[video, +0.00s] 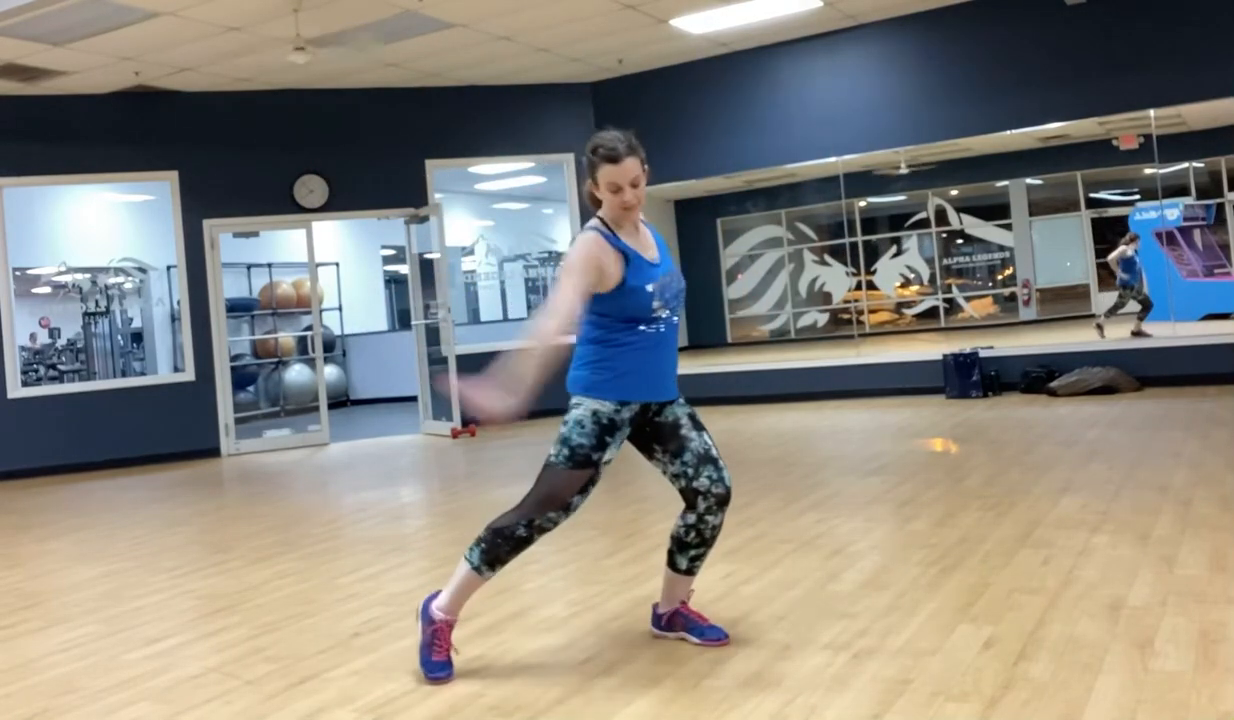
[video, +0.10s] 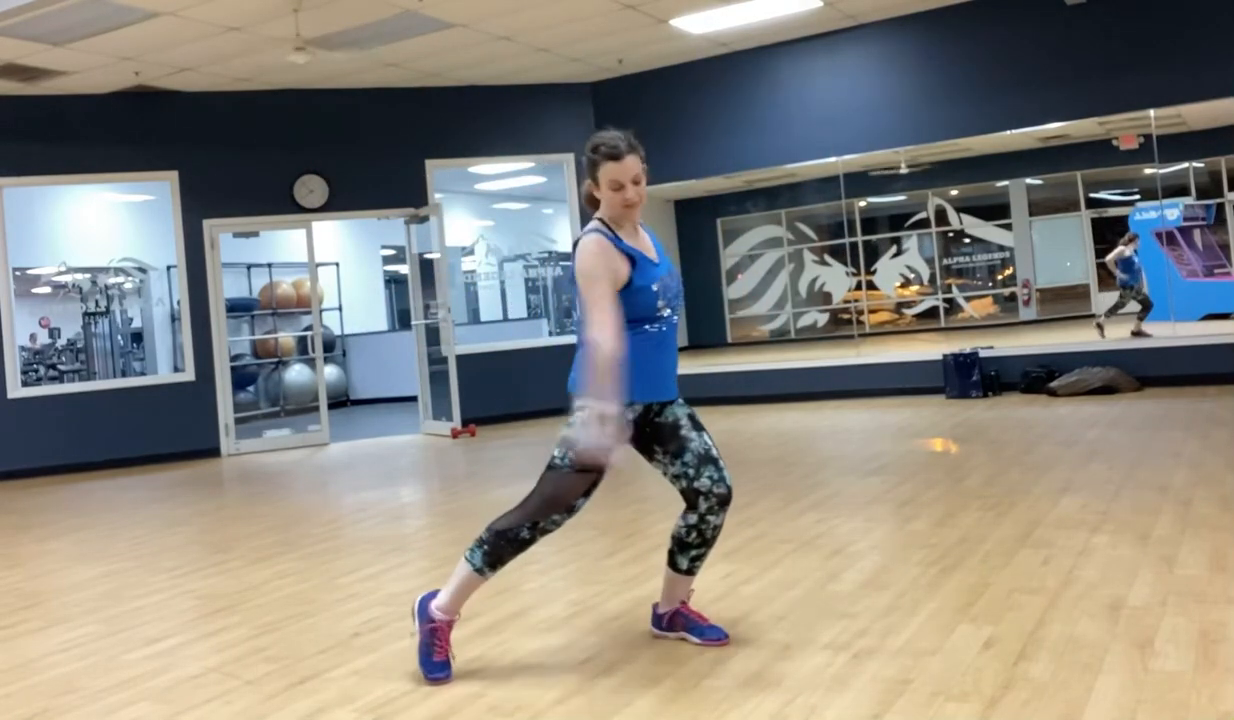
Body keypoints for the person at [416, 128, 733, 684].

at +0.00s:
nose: (631, 196)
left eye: (637, 183)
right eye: (617, 189)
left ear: (646, 177)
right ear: (596, 192)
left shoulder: (647, 229)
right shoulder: (592, 248)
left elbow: (640, 300)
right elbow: (553, 326)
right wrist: (508, 388)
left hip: (659, 398)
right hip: (601, 404)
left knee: (712, 493)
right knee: (545, 510)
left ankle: (671, 608)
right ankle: (442, 610)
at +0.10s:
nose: (632, 193)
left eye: (638, 180)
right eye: (618, 186)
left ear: (646, 176)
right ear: (595, 192)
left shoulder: (643, 233)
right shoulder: (595, 248)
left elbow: (647, 316)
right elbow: (602, 338)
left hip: (659, 401)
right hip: (605, 404)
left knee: (712, 495)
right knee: (547, 510)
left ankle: (671, 608)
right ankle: (440, 609)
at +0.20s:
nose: (628, 183)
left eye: (632, 172)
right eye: (614, 177)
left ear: (640, 173)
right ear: (589, 188)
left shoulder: (633, 236)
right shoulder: (600, 244)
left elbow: (678, 294)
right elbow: (675, 297)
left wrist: (744, 322)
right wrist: (743, 325)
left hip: (653, 400)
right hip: (605, 402)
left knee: (713, 493)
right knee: (552, 511)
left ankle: (672, 608)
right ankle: (439, 609)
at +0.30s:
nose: (625, 176)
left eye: (627, 165)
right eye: (609, 173)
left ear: (635, 167)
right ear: (589, 189)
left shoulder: (635, 232)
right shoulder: (602, 239)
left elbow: (705, 262)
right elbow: (698, 265)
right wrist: (778, 255)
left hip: (654, 400)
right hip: (604, 403)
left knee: (713, 493)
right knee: (553, 510)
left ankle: (671, 608)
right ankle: (439, 608)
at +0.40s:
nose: (621, 170)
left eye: (623, 158)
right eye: (605, 167)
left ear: (633, 162)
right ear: (586, 186)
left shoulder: (635, 223)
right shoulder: (606, 230)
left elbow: (697, 215)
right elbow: (692, 216)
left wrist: (749, 175)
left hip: (654, 400)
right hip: (604, 403)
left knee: (713, 492)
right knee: (551, 511)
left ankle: (671, 607)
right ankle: (438, 608)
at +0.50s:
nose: (617, 164)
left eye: (618, 154)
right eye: (601, 162)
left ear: (626, 160)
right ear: (580, 182)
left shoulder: (621, 224)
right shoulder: (600, 227)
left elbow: (667, 163)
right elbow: (665, 164)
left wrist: (713, 103)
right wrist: (719, 96)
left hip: (653, 399)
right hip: (605, 402)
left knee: (711, 489)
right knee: (552, 509)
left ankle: (672, 607)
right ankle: (437, 609)